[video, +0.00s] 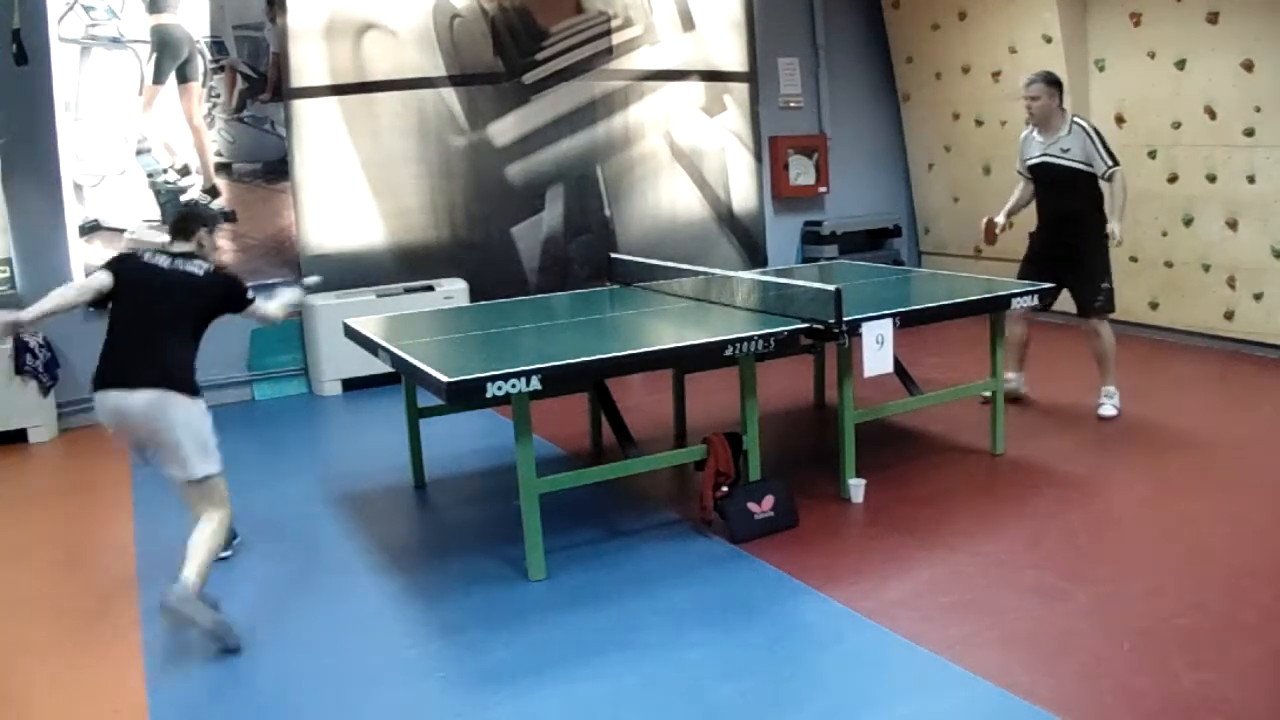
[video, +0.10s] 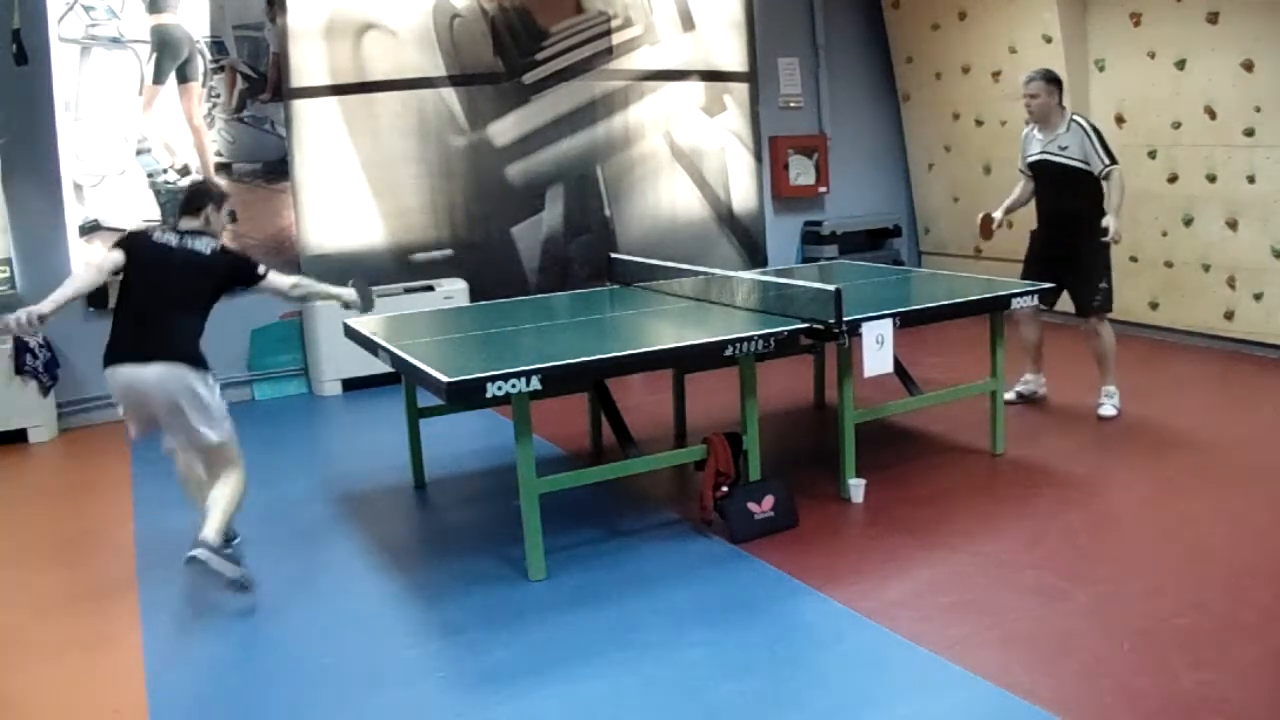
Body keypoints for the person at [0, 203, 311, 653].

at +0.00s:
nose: (222, 243)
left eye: (221, 234)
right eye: (219, 235)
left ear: (172, 233)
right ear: (202, 236)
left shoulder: (129, 264)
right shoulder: (216, 280)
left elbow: (82, 290)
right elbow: (268, 313)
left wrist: (26, 317)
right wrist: (287, 298)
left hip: (111, 397)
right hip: (170, 399)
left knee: (182, 463)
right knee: (214, 508)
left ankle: (214, 537)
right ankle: (187, 589)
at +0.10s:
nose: (230, 225)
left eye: (229, 217)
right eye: (227, 217)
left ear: (180, 211)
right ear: (209, 215)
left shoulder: (138, 240)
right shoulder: (223, 259)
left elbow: (92, 271)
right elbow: (289, 286)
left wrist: (42, 309)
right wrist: (341, 293)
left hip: (122, 370)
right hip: (176, 370)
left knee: (180, 446)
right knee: (229, 465)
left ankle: (217, 529)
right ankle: (209, 541)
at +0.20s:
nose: (240, 193)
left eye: (240, 185)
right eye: (238, 185)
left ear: (197, 181)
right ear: (221, 184)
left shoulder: (147, 217)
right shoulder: (230, 232)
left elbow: (99, 258)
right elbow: (293, 269)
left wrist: (50, 301)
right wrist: (340, 282)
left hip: (130, 347)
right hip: (181, 343)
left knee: (188, 425)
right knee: (244, 421)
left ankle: (212, 521)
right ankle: (244, 519)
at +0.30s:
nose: (248, 180)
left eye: (248, 172)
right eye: (244, 172)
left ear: (207, 170)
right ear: (227, 172)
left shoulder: (157, 206)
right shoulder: (233, 217)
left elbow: (108, 258)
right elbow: (295, 266)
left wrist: (63, 307)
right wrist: (338, 279)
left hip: (140, 338)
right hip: (192, 334)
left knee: (187, 404)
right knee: (256, 405)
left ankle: (195, 496)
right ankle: (293, 503)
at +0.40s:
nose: (248, 187)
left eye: (250, 179)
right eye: (244, 178)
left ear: (210, 177)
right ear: (220, 176)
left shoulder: (163, 218)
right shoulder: (233, 222)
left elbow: (119, 273)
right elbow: (294, 276)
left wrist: (85, 324)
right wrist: (333, 286)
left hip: (157, 345)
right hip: (207, 341)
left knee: (187, 407)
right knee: (268, 406)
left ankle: (183, 501)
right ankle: (304, 501)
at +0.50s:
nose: (250, 187)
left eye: (251, 179)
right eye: (244, 179)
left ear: (211, 181)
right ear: (219, 180)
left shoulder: (168, 221)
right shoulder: (228, 227)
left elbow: (136, 286)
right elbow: (280, 285)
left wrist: (124, 340)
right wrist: (323, 297)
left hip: (154, 345)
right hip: (201, 345)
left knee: (194, 407)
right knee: (273, 404)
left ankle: (179, 501)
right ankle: (303, 501)